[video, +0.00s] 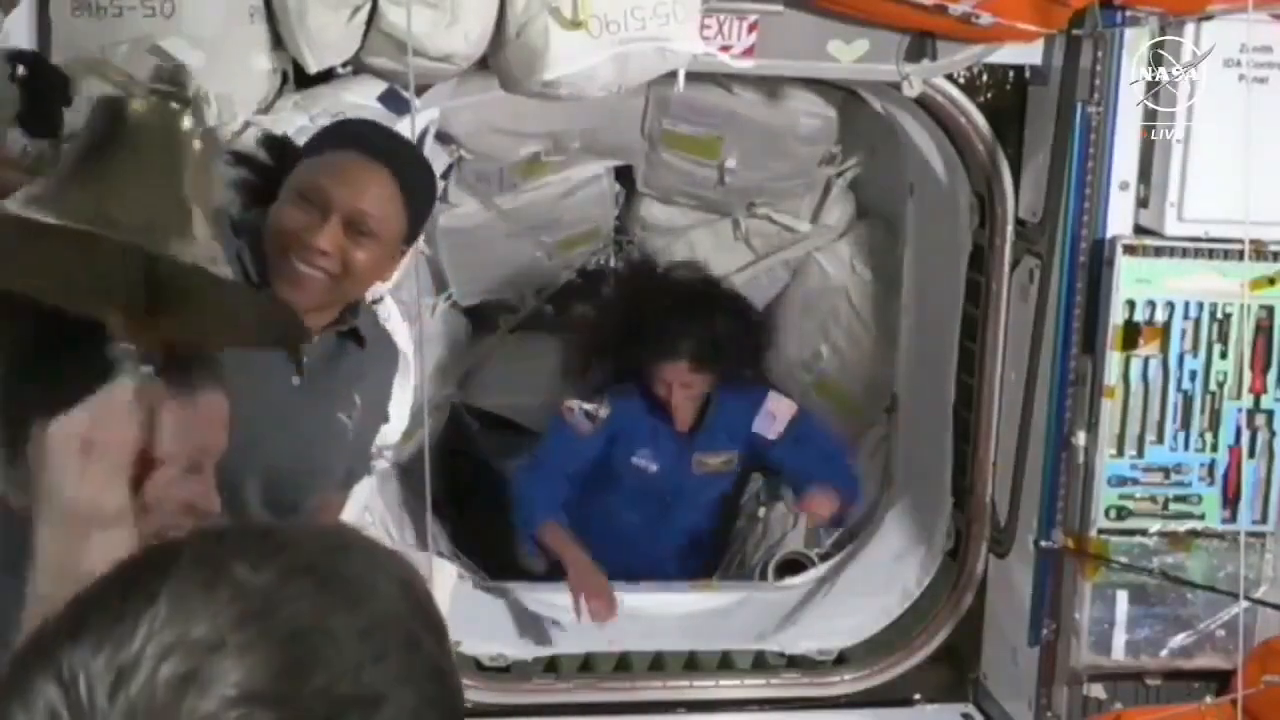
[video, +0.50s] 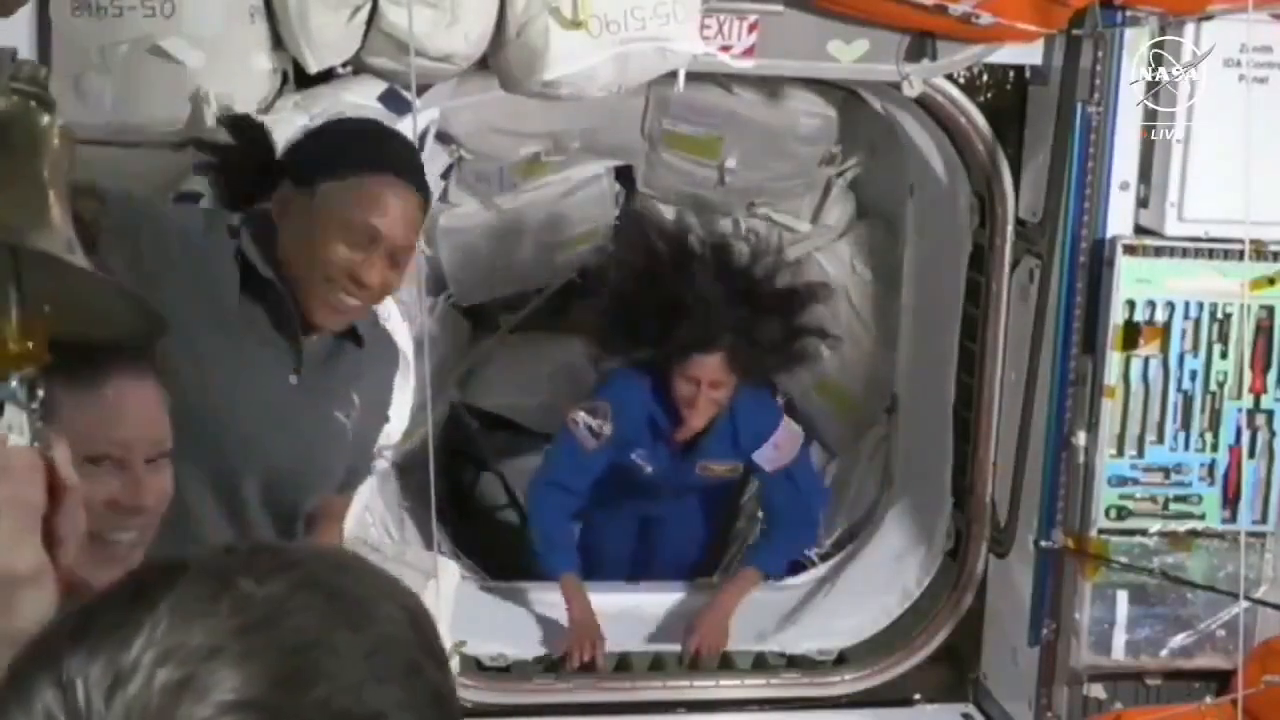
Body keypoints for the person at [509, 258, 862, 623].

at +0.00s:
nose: (675, 401)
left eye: (691, 386)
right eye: (662, 384)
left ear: (718, 376)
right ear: (644, 370)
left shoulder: (752, 411)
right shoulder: (605, 410)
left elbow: (831, 470)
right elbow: (535, 491)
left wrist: (816, 506)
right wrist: (576, 562)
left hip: (691, 600)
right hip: (595, 596)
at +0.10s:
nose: (687, 402)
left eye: (704, 390)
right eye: (677, 383)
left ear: (728, 381)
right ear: (657, 366)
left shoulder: (753, 411)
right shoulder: (611, 407)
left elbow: (816, 502)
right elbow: (544, 506)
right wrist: (584, 607)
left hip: (690, 589)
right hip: (595, 582)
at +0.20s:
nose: (690, 407)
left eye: (707, 394)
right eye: (681, 387)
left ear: (729, 385)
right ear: (658, 370)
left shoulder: (750, 412)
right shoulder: (613, 408)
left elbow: (804, 519)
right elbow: (550, 517)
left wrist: (752, 584)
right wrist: (585, 620)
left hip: (686, 567)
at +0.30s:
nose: (693, 407)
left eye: (709, 395)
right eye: (683, 390)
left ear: (728, 387)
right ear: (660, 375)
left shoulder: (748, 412)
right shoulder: (614, 406)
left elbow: (804, 517)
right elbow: (550, 507)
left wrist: (739, 599)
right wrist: (578, 620)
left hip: (686, 544)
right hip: (604, 537)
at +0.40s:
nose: (697, 401)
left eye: (712, 388)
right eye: (686, 384)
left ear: (733, 381)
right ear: (663, 373)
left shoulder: (754, 415)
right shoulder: (619, 404)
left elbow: (804, 524)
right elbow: (548, 502)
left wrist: (730, 608)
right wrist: (576, 617)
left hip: (690, 517)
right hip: (609, 512)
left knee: (667, 620)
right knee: (604, 610)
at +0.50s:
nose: (699, 399)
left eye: (715, 387)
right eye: (689, 382)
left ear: (737, 383)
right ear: (668, 370)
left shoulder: (755, 415)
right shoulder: (624, 400)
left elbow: (798, 517)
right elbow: (549, 496)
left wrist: (725, 605)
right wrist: (578, 607)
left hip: (694, 504)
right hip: (614, 502)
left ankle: (666, 634)